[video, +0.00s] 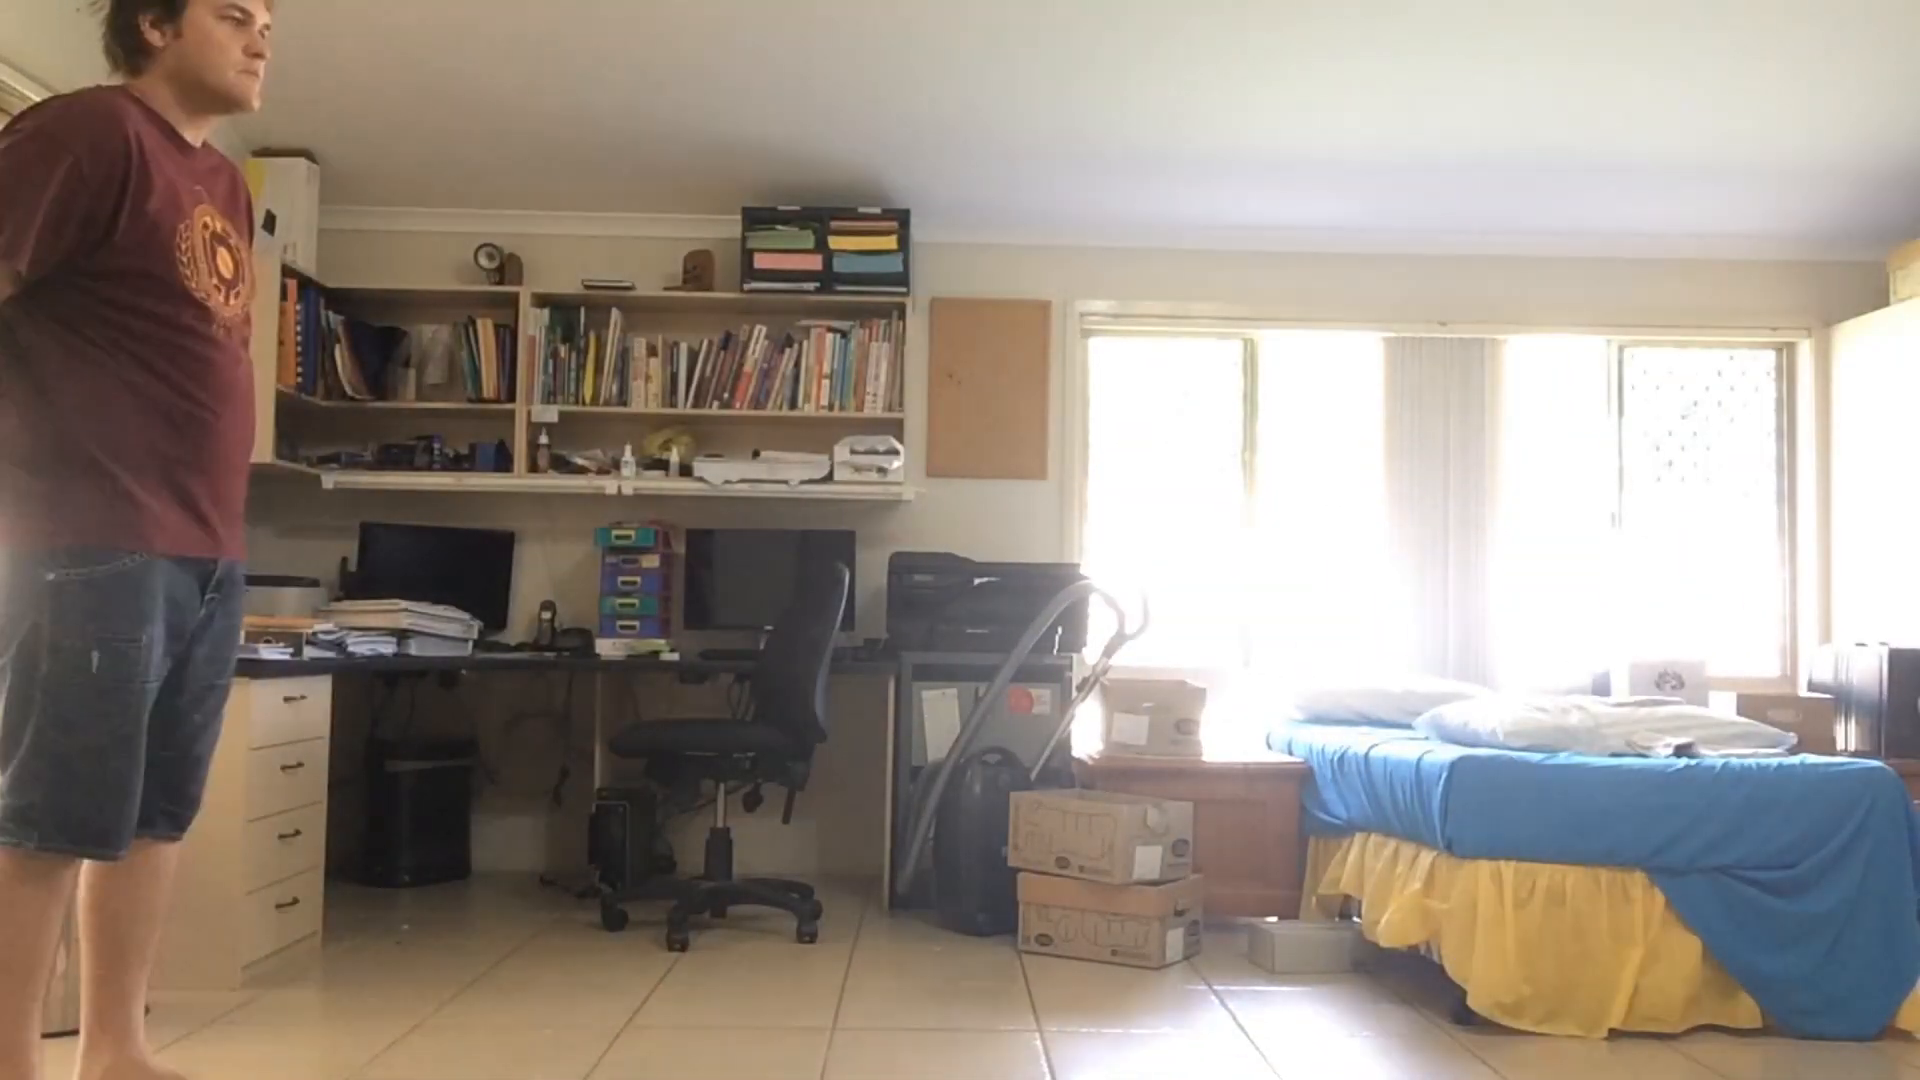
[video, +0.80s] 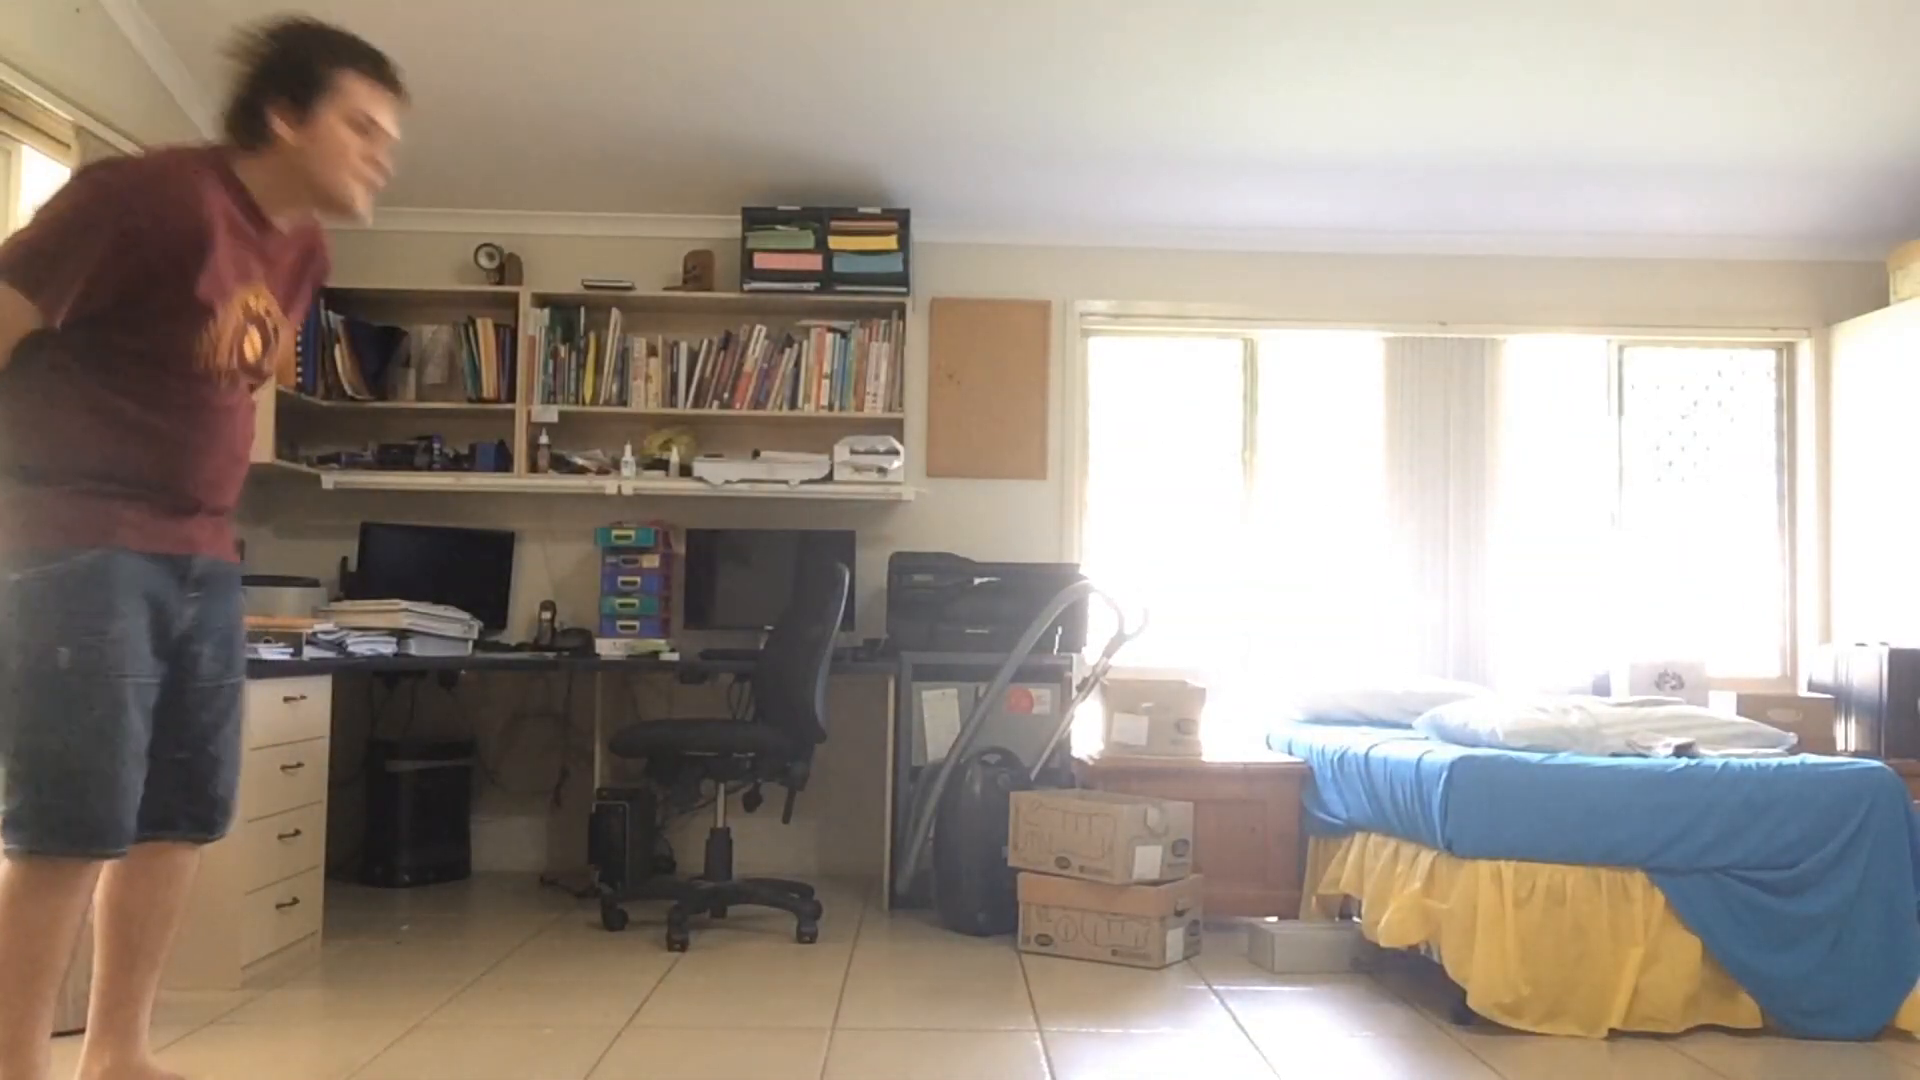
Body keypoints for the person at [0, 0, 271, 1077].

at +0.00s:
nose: (262, 32)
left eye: (265, 17)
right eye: (234, 11)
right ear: (156, 29)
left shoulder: (230, 180)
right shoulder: (82, 131)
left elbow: (210, 350)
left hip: (203, 540)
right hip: (79, 537)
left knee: (150, 819)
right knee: (43, 826)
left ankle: (115, 1052)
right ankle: (16, 1058)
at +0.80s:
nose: (384, 157)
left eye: (390, 139)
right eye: (366, 127)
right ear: (284, 115)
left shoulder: (304, 253)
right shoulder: (143, 192)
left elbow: (248, 388)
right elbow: (3, 312)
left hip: (201, 548)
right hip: (71, 540)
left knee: (171, 818)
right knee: (65, 824)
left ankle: (119, 1053)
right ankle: (18, 1062)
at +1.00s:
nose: (452, 321)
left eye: (463, 305)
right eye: (444, 290)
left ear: (382, 277)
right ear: (371, 261)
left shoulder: (356, 358)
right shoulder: (212, 290)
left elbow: (234, 437)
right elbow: (15, 297)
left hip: (174, 560)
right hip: (45, 543)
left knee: (186, 803)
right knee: (79, 808)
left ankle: (118, 1055)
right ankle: (21, 1064)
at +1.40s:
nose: (417, 176)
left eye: (424, 158)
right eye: (399, 147)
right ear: (320, 138)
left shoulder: (336, 268)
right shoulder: (197, 211)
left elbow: (267, 422)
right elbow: (43, 366)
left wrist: (296, 538)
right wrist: (96, 554)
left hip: (207, 569)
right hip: (88, 553)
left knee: (183, 824)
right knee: (86, 828)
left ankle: (117, 1056)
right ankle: (24, 1061)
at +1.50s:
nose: (378, 124)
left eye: (383, 108)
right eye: (360, 96)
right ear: (282, 89)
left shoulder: (311, 231)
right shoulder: (174, 174)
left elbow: (274, 386)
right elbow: (63, 340)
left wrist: (360, 478)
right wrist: (216, 477)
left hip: (213, 551)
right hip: (91, 542)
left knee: (176, 824)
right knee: (74, 829)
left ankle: (116, 1058)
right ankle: (25, 1062)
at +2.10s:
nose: (278, 61)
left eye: (282, 44)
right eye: (256, 34)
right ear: (178, 42)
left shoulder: (250, 204)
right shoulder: (90, 147)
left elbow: (227, 373)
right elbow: (11, 325)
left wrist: (240, 518)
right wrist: (89, 509)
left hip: (222, 555)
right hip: (102, 546)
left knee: (172, 818)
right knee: (67, 824)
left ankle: (116, 1054)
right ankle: (19, 1060)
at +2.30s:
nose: (366, 123)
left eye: (372, 107)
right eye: (347, 93)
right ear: (268, 85)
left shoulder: (296, 235)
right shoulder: (145, 171)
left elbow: (232, 390)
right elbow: (5, 303)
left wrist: (204, 525)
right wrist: (1, 498)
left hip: (201, 558)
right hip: (74, 543)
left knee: (168, 818)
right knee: (58, 825)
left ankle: (117, 1052)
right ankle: (18, 1063)